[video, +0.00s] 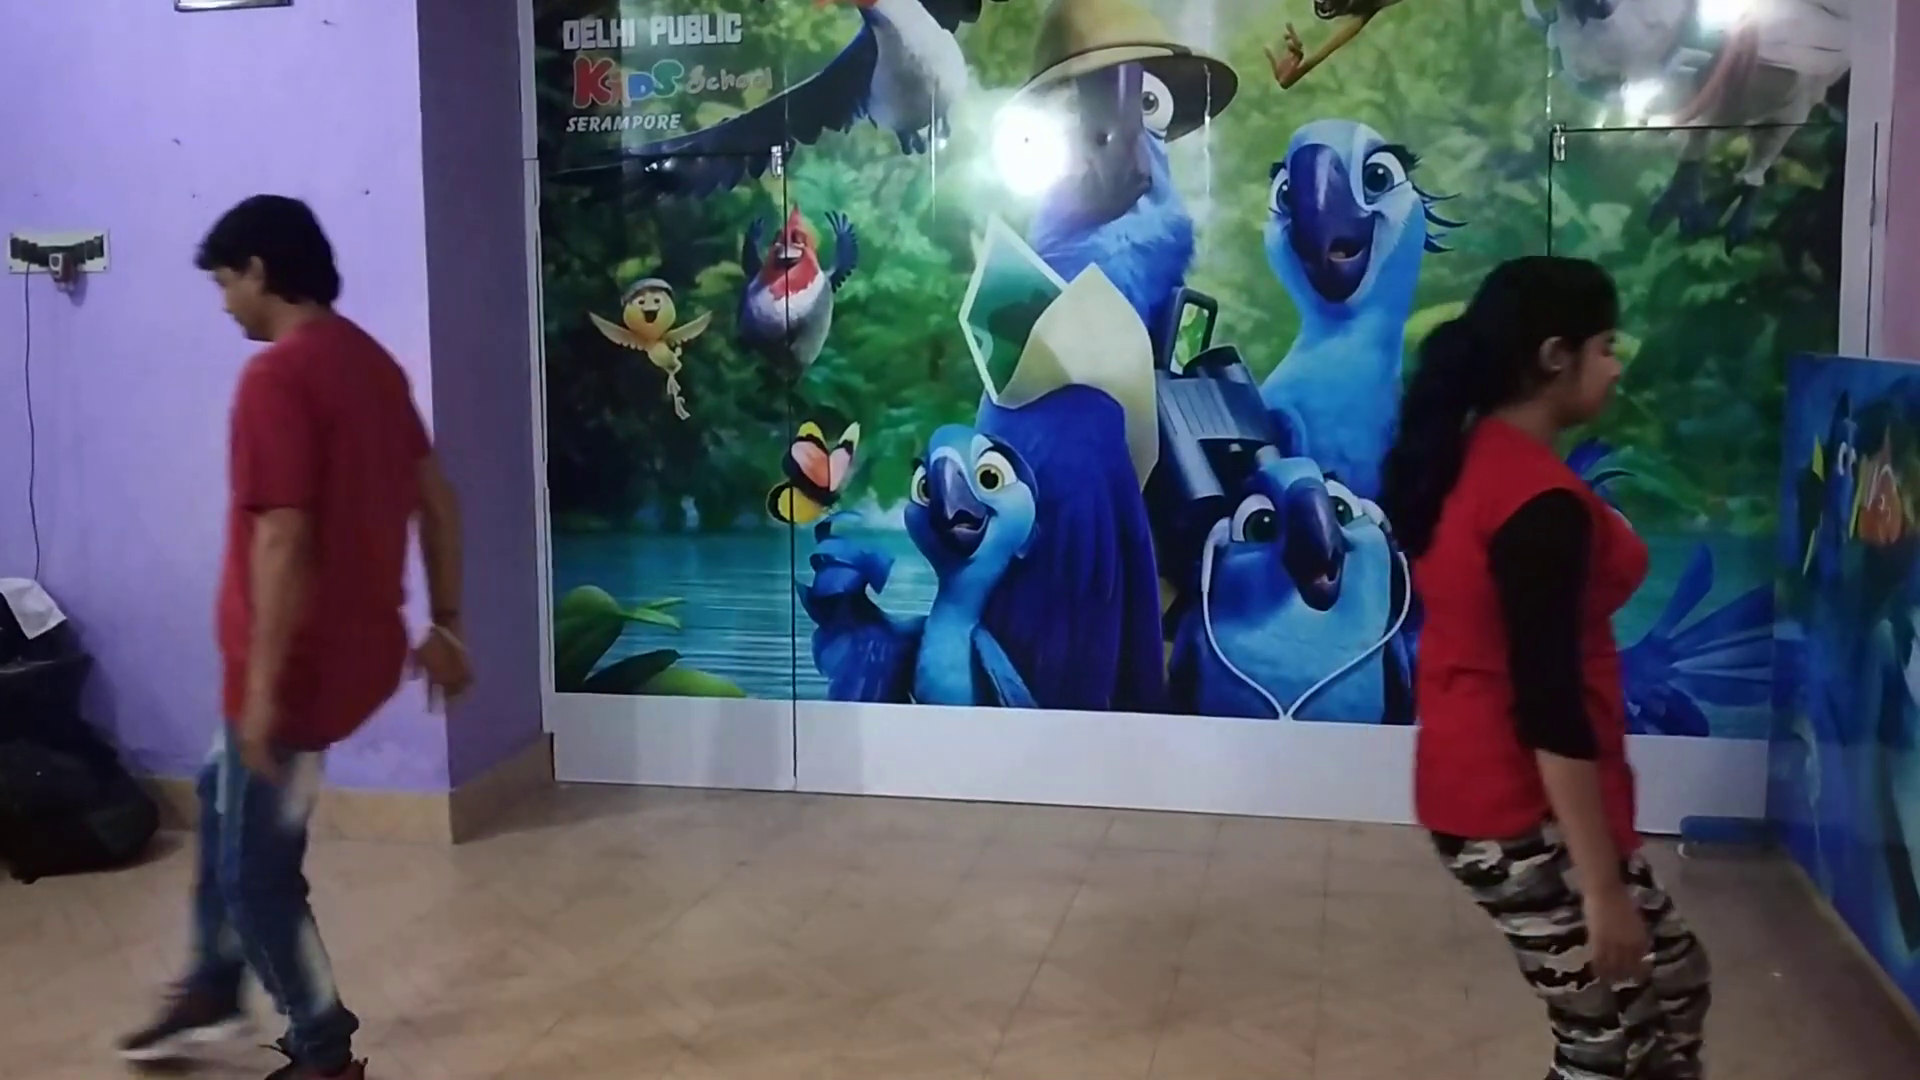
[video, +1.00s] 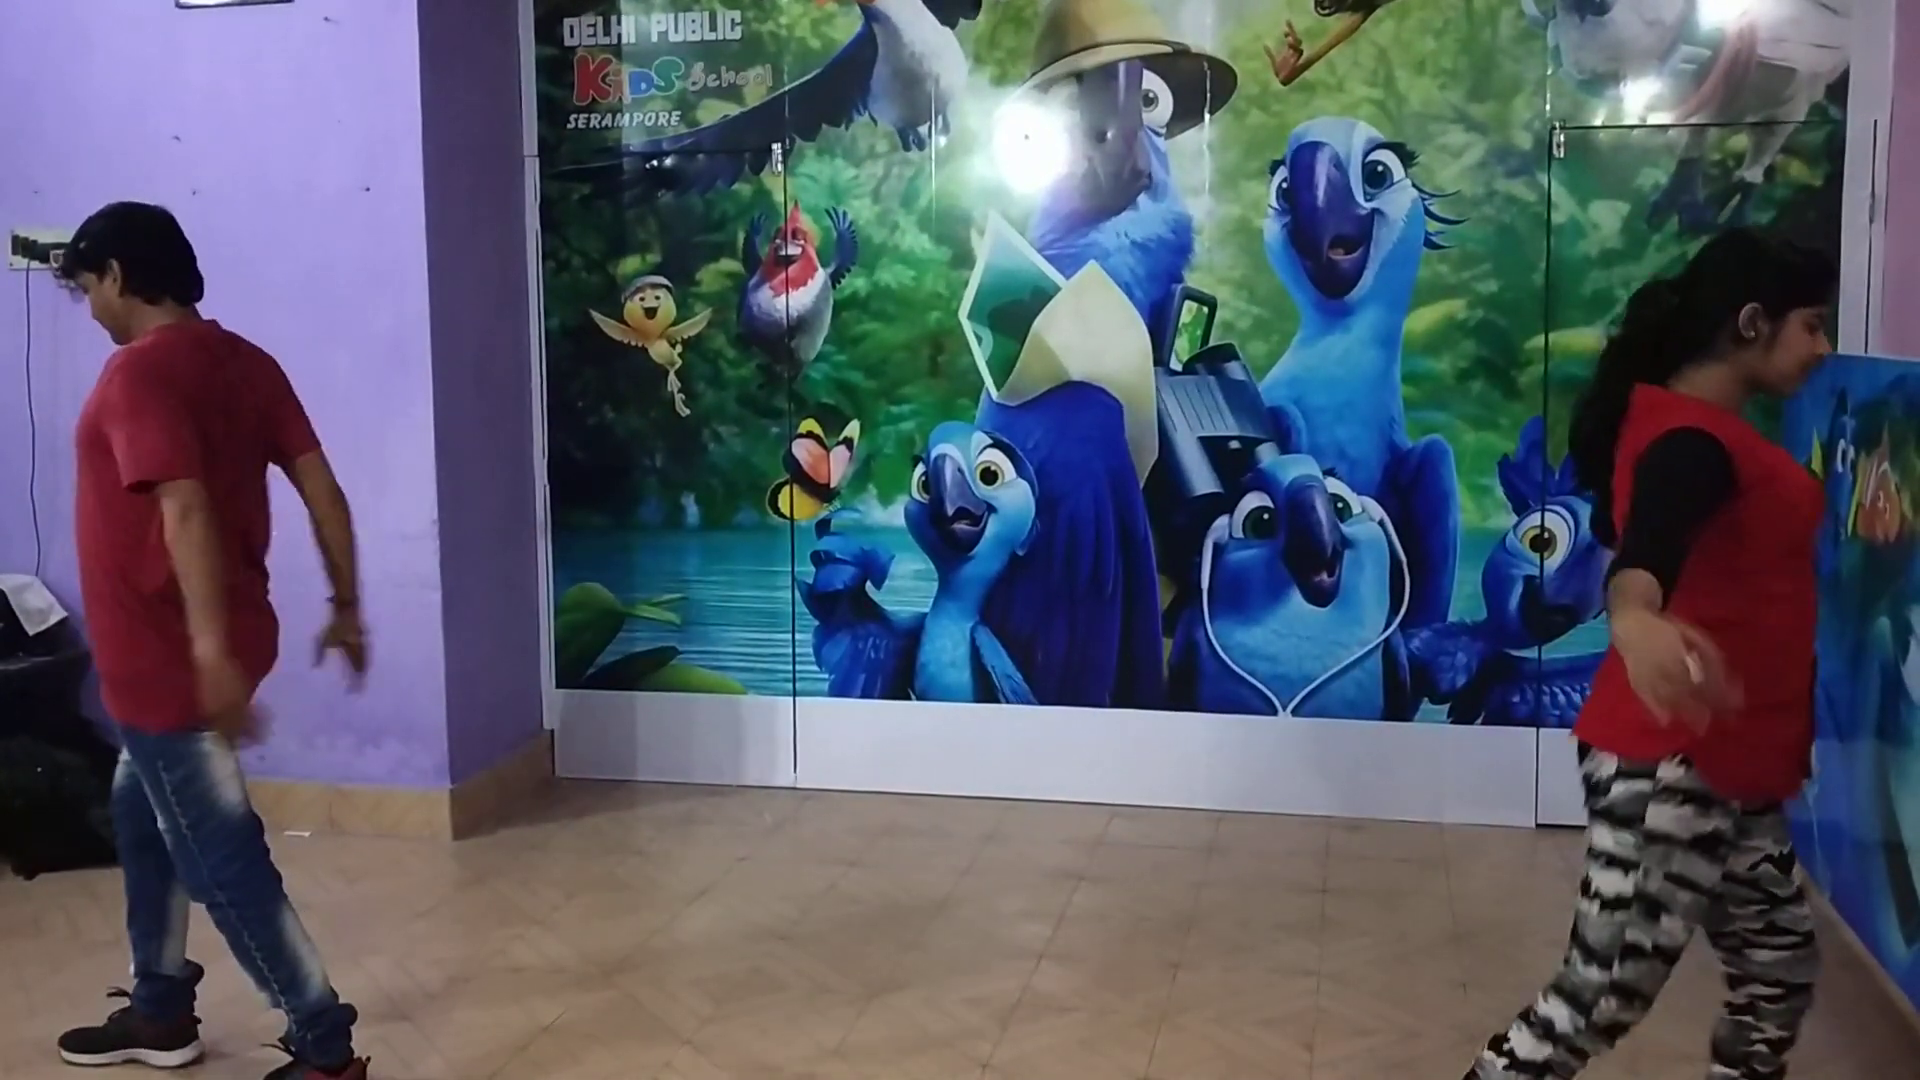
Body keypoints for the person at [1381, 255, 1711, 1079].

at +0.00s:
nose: (1617, 369)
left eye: (1615, 350)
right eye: (1609, 349)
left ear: (1538, 357)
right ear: (1554, 357)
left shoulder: (1469, 460)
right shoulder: (1540, 500)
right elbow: (1552, 711)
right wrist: (1605, 890)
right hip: (1522, 819)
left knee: (1673, 979)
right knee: (1606, 1039)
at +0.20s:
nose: (1722, 338)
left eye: (1719, 317)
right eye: (1708, 317)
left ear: (1647, 328)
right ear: (1651, 325)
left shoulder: (1602, 435)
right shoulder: (1621, 459)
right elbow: (1622, 669)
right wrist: (1663, 842)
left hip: (1639, 767)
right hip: (1613, 778)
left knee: (1708, 998)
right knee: (1647, 1032)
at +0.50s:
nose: (1810, 313)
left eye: (1809, 294)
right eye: (1797, 294)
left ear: (1731, 303)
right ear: (1733, 301)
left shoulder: (1714, 410)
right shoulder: (1694, 429)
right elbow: (1671, 630)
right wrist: (1687, 802)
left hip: (1724, 748)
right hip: (1672, 752)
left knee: (1719, 992)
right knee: (1627, 987)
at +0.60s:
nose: (1819, 316)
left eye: (1819, 297)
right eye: (1807, 297)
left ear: (1744, 304)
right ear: (1744, 301)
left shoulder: (1721, 413)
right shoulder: (1700, 430)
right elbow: (1671, 627)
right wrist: (1688, 798)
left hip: (1735, 752)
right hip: (1674, 756)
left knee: (1730, 989)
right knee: (1617, 985)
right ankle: (1516, 1074)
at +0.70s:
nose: (1822, 321)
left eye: (1823, 301)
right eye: (1809, 300)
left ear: (1750, 307)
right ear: (1749, 303)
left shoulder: (1717, 412)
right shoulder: (1700, 429)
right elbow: (1665, 619)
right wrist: (1683, 787)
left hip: (1735, 753)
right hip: (1674, 757)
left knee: (1735, 980)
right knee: (1609, 984)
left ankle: (1717, 1075)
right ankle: (1508, 1072)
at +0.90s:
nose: (1819, 347)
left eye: (1822, 327)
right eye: (1810, 324)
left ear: (1746, 318)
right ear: (1750, 316)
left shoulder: (1717, 427)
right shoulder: (1672, 428)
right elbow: (1640, 581)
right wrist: (1660, 700)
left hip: (1742, 760)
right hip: (1674, 757)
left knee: (1750, 977)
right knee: (1599, 982)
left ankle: (1726, 1074)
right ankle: (1499, 1072)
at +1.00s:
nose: (1823, 350)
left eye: (1826, 330)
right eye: (1814, 327)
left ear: (1750, 326)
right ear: (1753, 322)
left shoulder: (1722, 434)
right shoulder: (1687, 441)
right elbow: (1636, 571)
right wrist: (1640, 629)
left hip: (1729, 768)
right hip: (1665, 764)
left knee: (1779, 970)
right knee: (1599, 996)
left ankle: (1744, 1074)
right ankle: (1496, 1072)